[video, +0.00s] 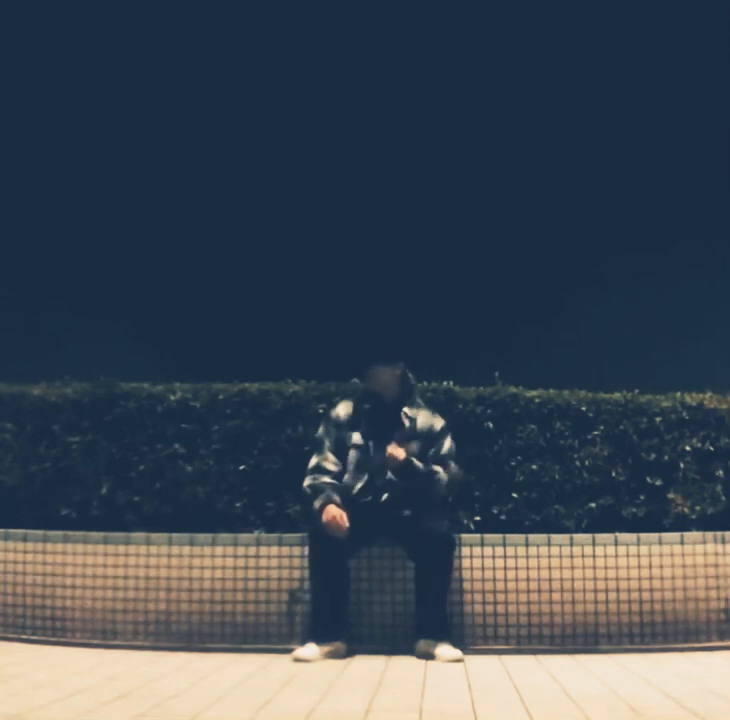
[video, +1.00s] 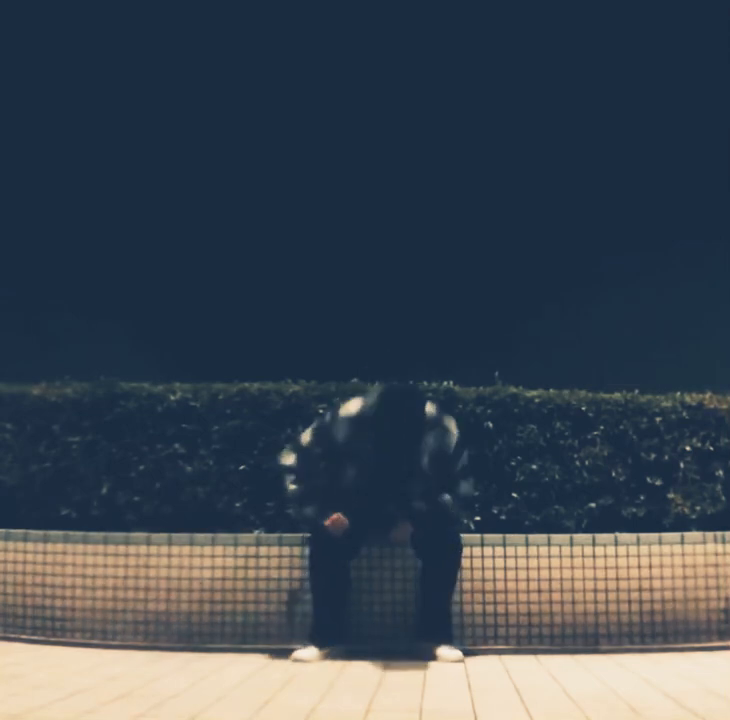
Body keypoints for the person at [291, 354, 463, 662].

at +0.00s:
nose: (377, 374)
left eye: (385, 366)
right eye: (372, 366)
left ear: (400, 370)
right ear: (364, 372)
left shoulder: (428, 422)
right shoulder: (343, 416)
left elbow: (447, 482)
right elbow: (320, 471)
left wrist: (409, 466)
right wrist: (327, 503)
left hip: (409, 513)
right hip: (357, 512)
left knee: (438, 540)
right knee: (325, 536)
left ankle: (432, 638)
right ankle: (327, 639)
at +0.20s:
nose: (374, 389)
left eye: (381, 382)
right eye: (368, 382)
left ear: (397, 380)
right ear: (359, 383)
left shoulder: (430, 417)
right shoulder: (343, 417)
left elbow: (457, 475)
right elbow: (321, 472)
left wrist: (424, 456)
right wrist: (326, 502)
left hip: (412, 509)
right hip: (360, 509)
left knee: (438, 538)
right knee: (325, 533)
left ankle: (432, 638)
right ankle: (327, 639)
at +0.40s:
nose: (377, 381)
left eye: (385, 372)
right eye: (371, 373)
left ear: (399, 379)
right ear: (362, 380)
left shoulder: (430, 423)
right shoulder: (342, 418)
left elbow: (446, 485)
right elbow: (317, 472)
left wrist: (411, 468)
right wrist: (325, 501)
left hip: (410, 512)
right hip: (357, 511)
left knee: (438, 540)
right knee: (325, 536)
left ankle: (432, 638)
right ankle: (327, 639)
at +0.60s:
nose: (388, 412)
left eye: (396, 405)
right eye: (381, 404)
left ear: (410, 398)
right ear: (369, 396)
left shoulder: (433, 429)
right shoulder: (339, 424)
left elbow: (449, 483)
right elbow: (299, 467)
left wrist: (414, 513)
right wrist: (320, 503)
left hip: (410, 509)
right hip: (357, 510)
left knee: (439, 536)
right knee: (321, 533)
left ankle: (433, 638)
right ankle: (328, 638)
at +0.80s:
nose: (392, 458)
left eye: (399, 452)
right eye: (385, 451)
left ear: (411, 440)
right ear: (372, 436)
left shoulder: (436, 449)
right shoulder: (339, 440)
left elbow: (460, 502)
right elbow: (286, 466)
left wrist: (409, 513)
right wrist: (316, 508)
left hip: (409, 518)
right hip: (355, 516)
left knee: (441, 543)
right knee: (323, 538)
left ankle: (434, 638)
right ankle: (326, 639)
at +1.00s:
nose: (397, 438)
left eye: (406, 430)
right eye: (390, 429)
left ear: (418, 419)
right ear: (377, 417)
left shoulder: (439, 428)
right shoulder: (345, 419)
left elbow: (458, 490)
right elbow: (293, 462)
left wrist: (413, 519)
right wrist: (322, 512)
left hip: (410, 508)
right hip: (356, 508)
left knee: (445, 538)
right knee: (326, 541)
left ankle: (438, 640)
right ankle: (324, 640)